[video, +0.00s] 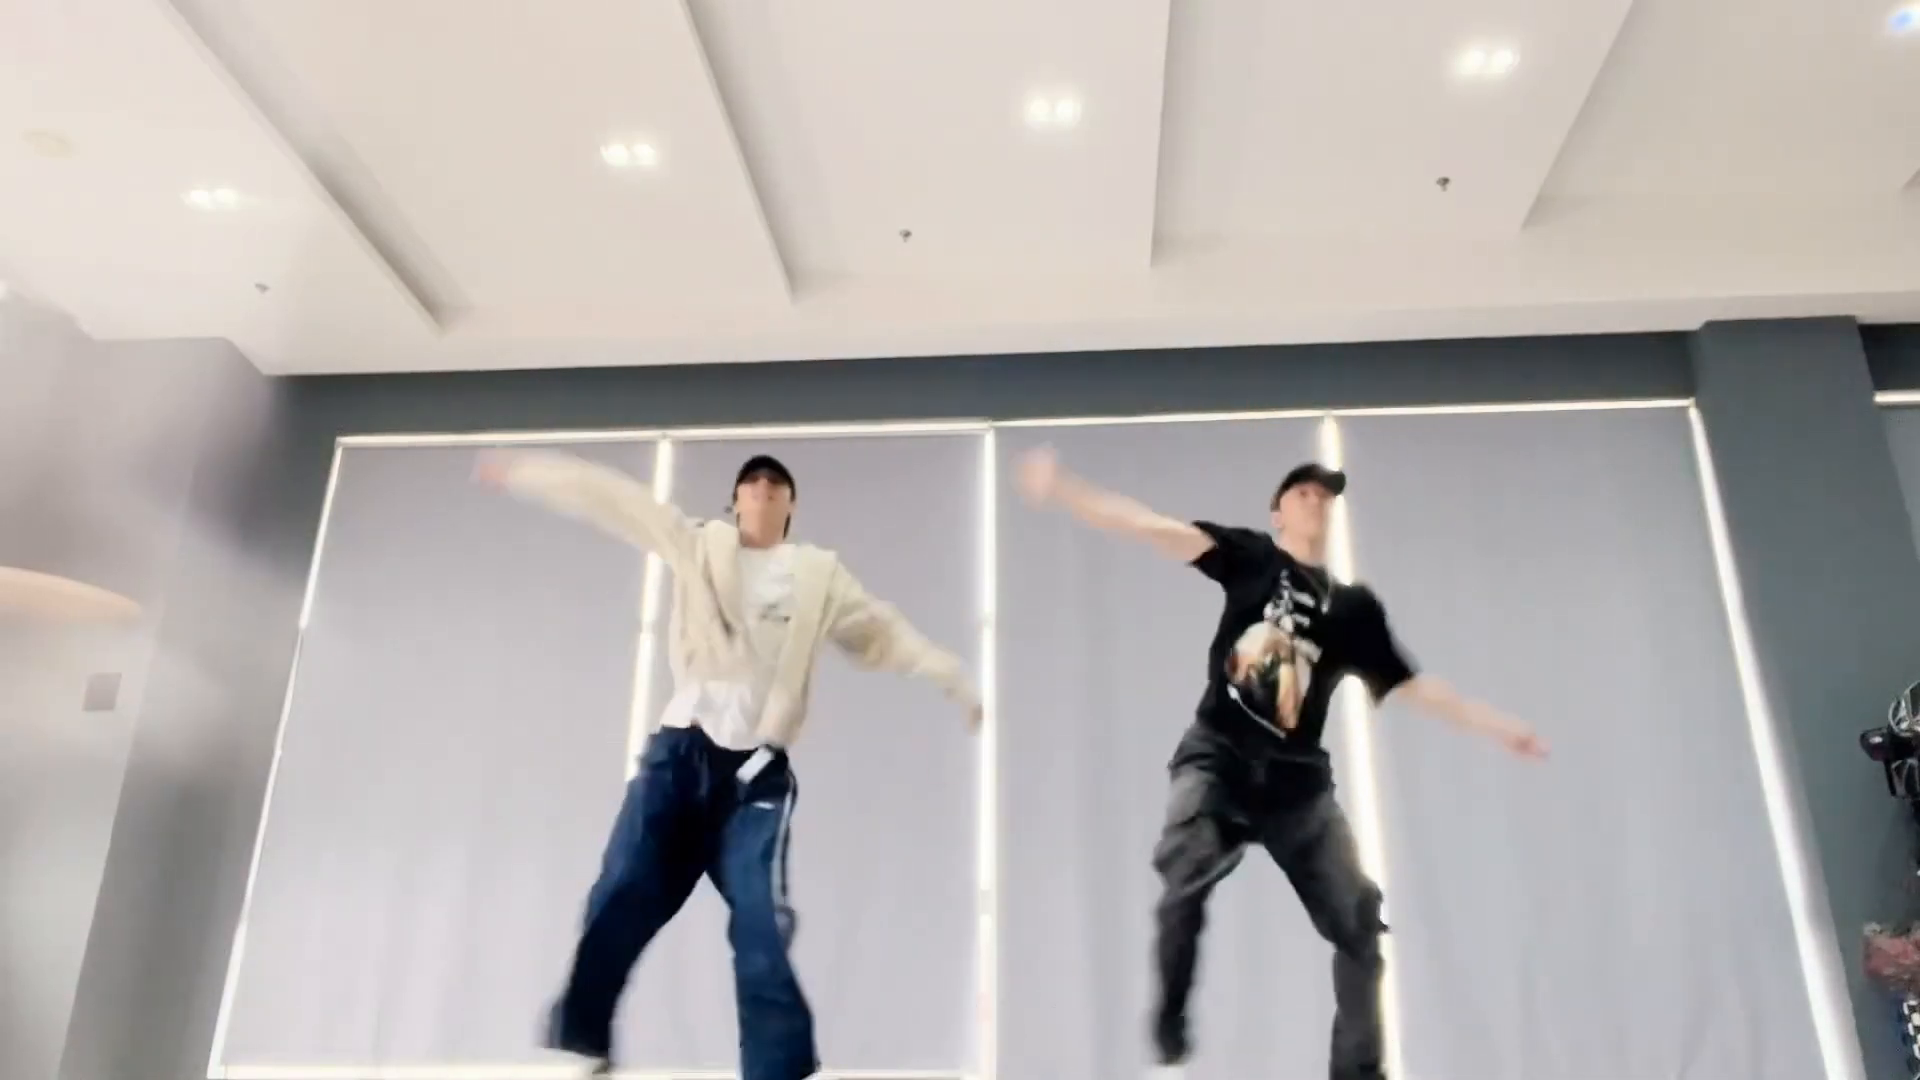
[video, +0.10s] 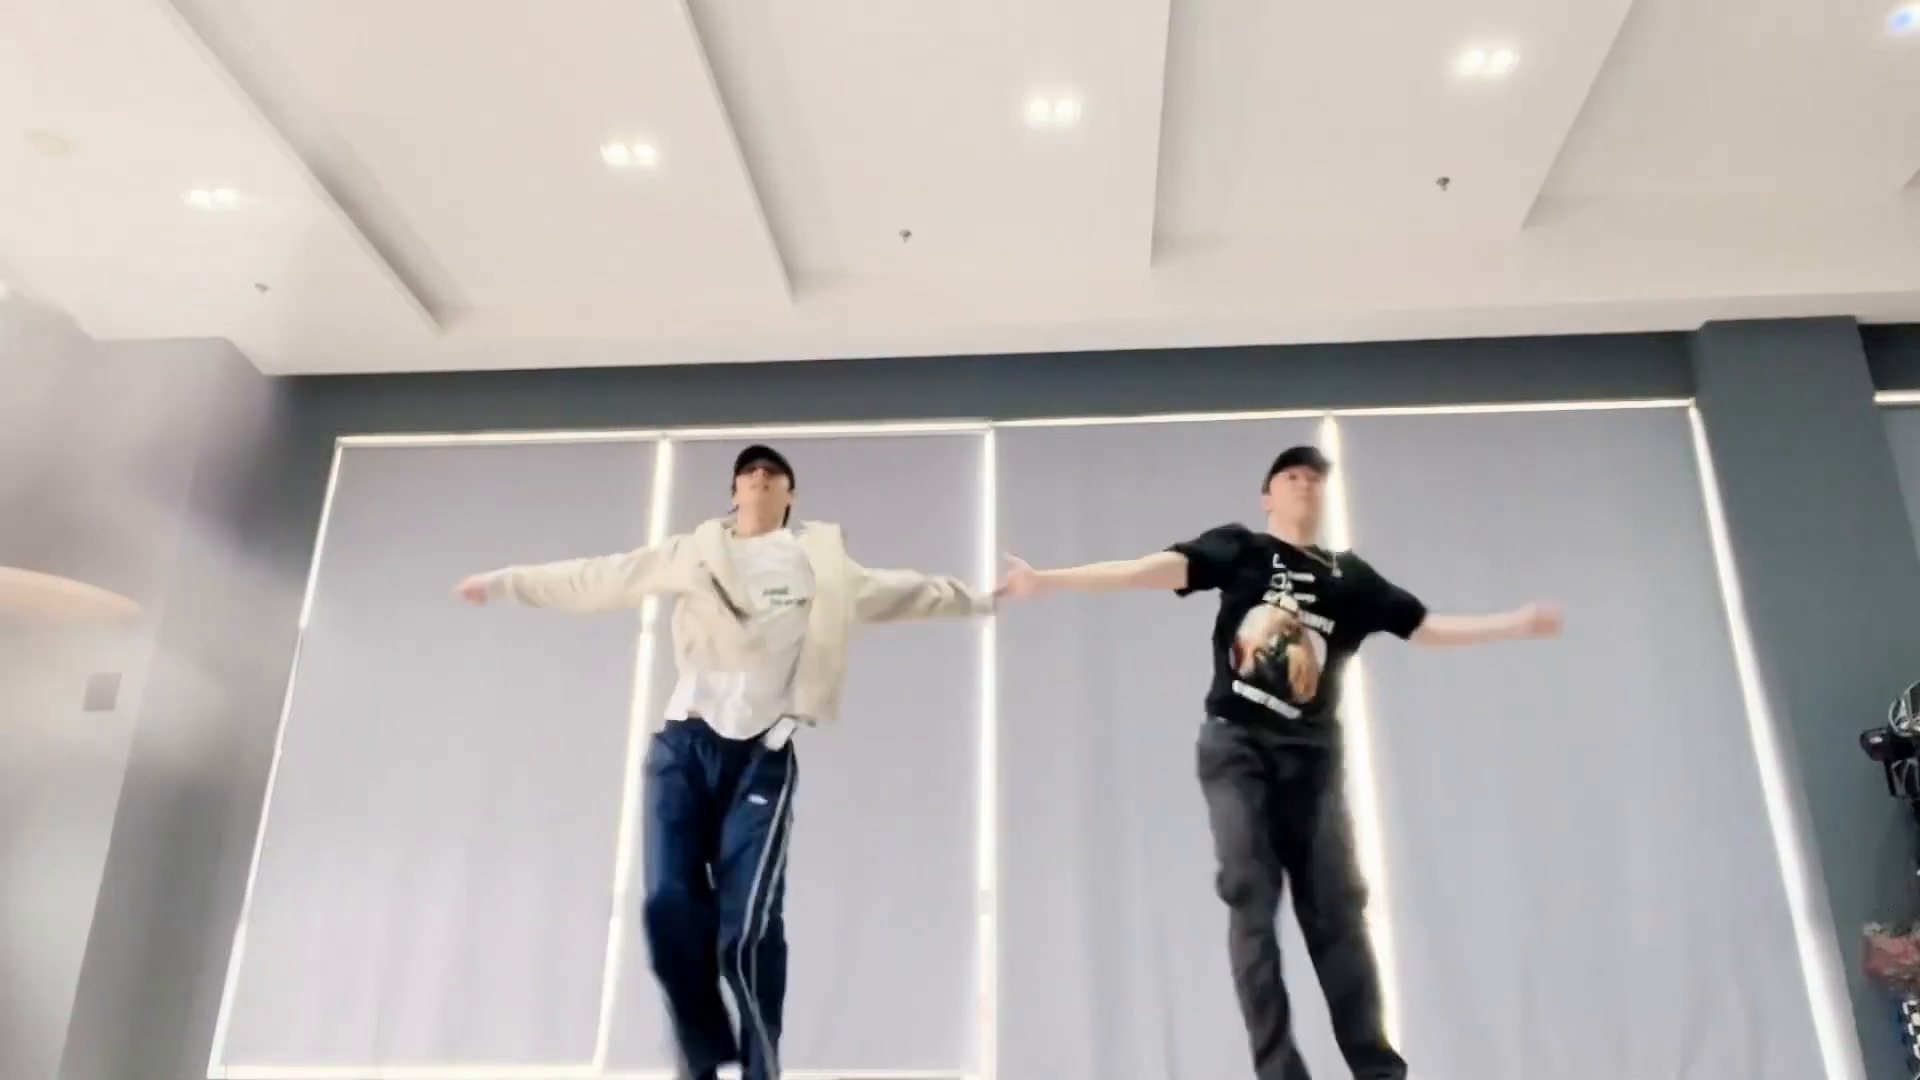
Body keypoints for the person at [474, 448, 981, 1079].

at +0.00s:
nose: (757, 492)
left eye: (770, 486)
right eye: (749, 485)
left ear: (790, 510)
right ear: (733, 503)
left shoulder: (819, 573)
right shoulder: (697, 542)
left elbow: (884, 635)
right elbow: (610, 496)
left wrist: (959, 681)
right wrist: (520, 470)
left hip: (758, 772)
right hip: (679, 755)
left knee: (761, 925)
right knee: (623, 894)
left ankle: (782, 1071)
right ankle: (577, 1047)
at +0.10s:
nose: (755, 483)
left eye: (768, 477)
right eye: (746, 477)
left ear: (789, 498)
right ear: (731, 495)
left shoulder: (821, 563)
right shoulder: (694, 551)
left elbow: (904, 594)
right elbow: (600, 577)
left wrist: (990, 593)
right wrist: (506, 583)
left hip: (763, 755)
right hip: (683, 744)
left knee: (747, 921)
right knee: (668, 904)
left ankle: (759, 1069)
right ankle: (704, 1064)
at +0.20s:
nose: (754, 486)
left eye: (767, 481)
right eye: (744, 479)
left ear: (785, 504)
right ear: (726, 501)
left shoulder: (811, 560)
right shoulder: (688, 557)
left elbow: (883, 606)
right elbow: (602, 586)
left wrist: (936, 543)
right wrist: (526, 550)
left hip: (777, 751)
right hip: (696, 746)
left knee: (768, 917)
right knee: (683, 916)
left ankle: (753, 1066)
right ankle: (704, 1063)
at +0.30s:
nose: (750, 519)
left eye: (763, 512)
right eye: (738, 511)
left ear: (779, 532)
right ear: (722, 530)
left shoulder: (812, 589)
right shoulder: (689, 585)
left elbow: (901, 578)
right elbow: (594, 567)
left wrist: (843, 557)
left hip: (780, 784)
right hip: (697, 779)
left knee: (786, 940)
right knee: (672, 944)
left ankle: (752, 1070)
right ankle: (709, 1067)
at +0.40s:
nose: (746, 531)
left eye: (759, 525)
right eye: (735, 525)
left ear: (777, 546)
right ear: (720, 546)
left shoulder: (814, 604)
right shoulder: (682, 598)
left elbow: (902, 589)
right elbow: (597, 580)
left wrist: (844, 570)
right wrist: (647, 557)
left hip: (781, 808)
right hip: (694, 806)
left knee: (803, 951)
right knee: (661, 957)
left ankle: (758, 1071)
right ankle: (704, 1069)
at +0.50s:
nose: (748, 490)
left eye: (761, 483)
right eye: (737, 483)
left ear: (779, 505)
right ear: (722, 504)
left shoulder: (815, 561)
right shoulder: (686, 565)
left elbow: (883, 621)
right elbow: (635, 638)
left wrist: (867, 636)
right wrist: (614, 640)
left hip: (781, 777)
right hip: (697, 777)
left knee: (787, 933)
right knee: (676, 930)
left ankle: (757, 1069)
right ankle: (702, 1067)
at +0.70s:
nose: (753, 477)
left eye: (766, 470)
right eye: (743, 470)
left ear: (784, 490)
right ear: (727, 488)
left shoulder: (812, 558)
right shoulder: (692, 554)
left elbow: (816, 665)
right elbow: (666, 663)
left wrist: (838, 724)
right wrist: (630, 742)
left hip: (776, 760)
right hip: (697, 758)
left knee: (769, 918)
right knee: (698, 922)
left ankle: (748, 1067)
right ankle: (698, 1067)